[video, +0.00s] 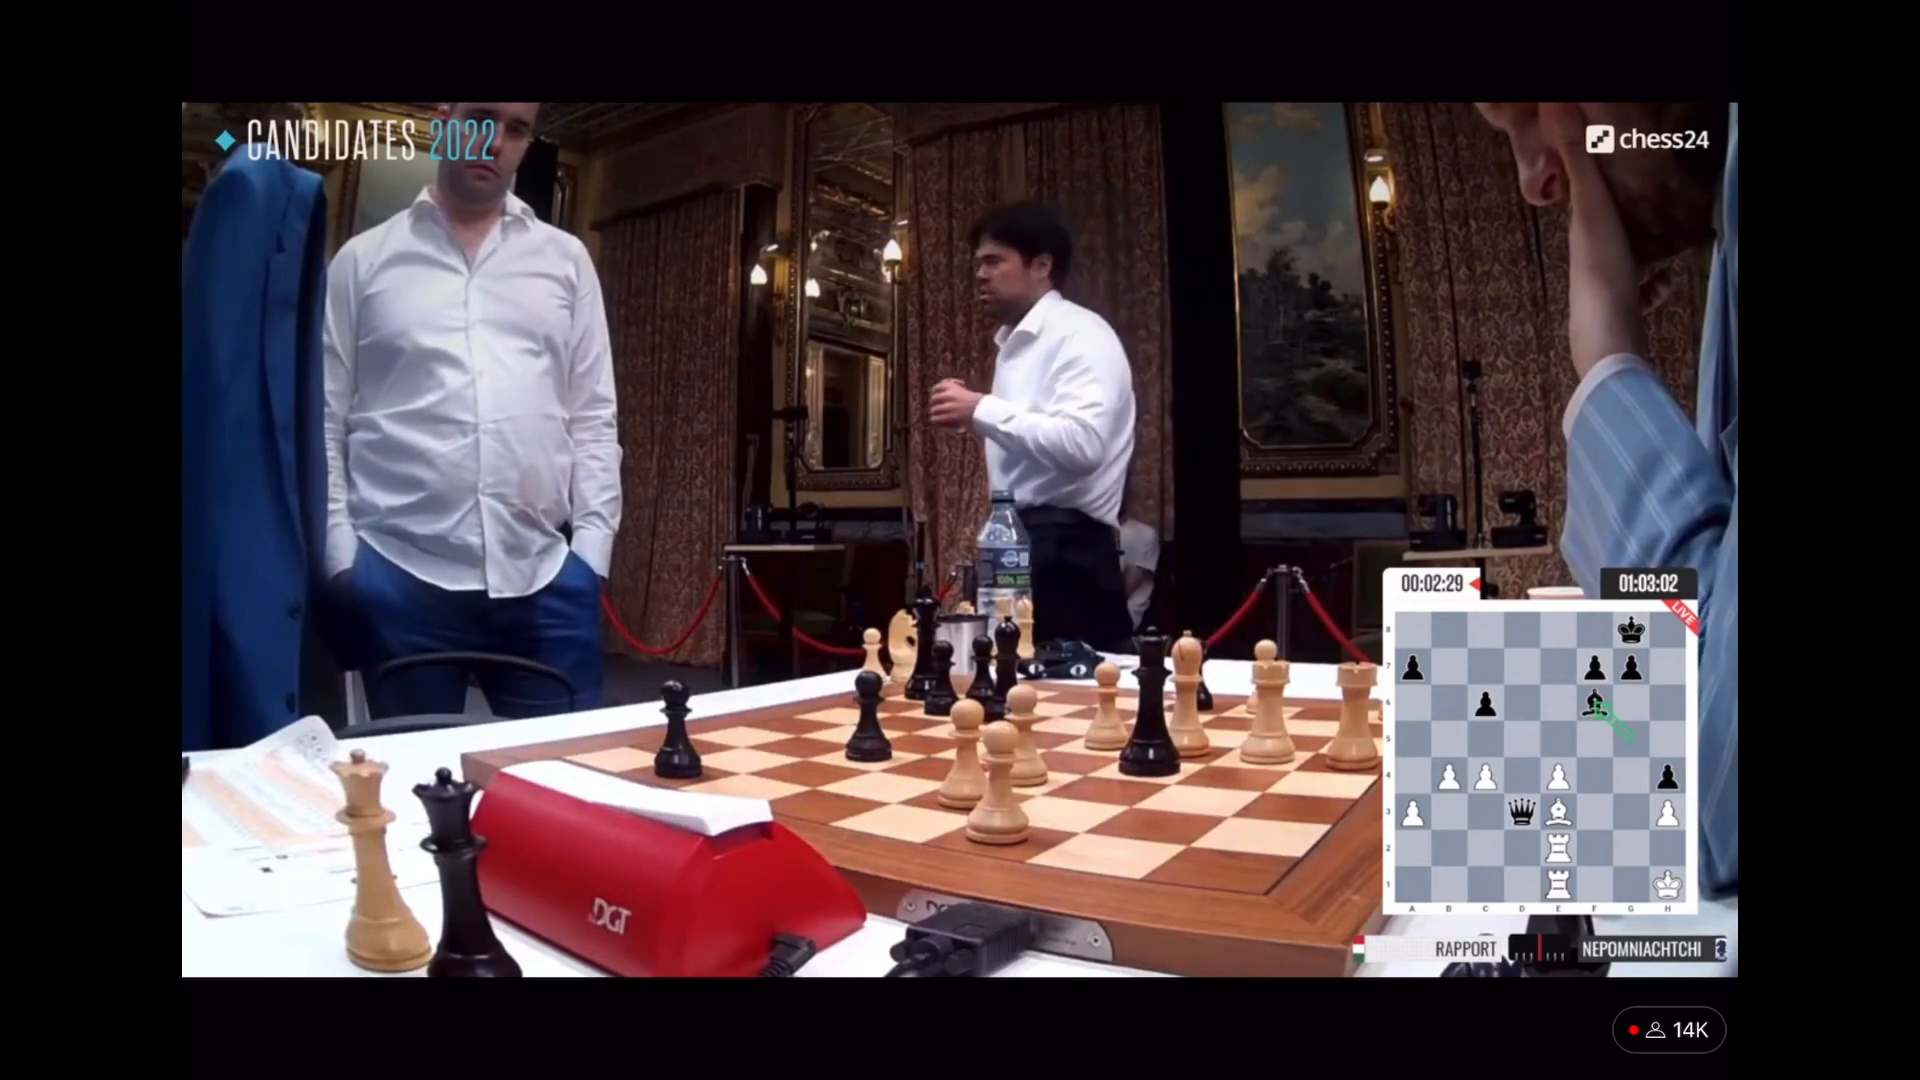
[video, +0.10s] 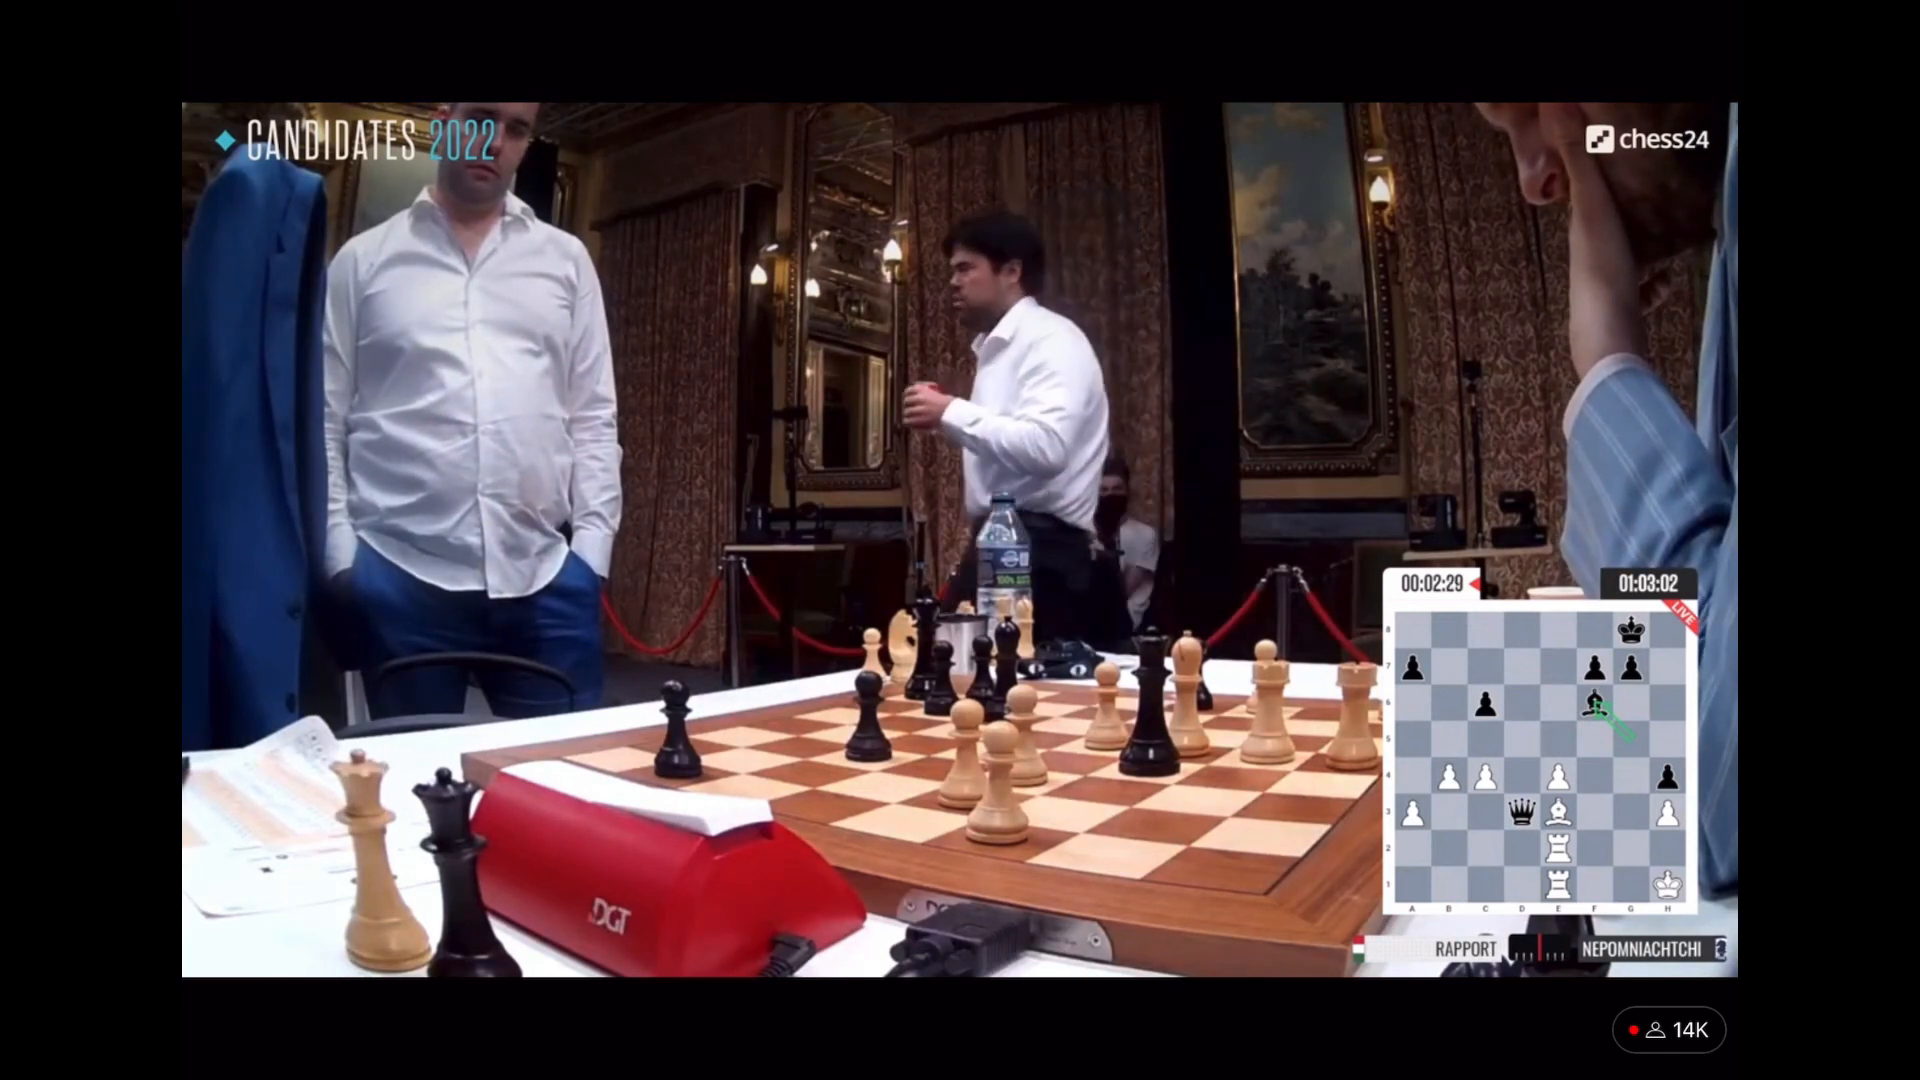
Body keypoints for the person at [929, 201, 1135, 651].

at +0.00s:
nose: (979, 275)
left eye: (993, 261)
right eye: (979, 264)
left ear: (1041, 266)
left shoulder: (1083, 336)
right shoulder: (1017, 345)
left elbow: (1082, 444)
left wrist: (981, 409)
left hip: (1069, 546)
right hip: (1022, 540)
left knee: (1085, 699)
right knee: (1030, 697)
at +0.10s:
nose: (953, 283)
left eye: (965, 269)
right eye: (954, 271)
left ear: (1011, 273)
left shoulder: (1055, 342)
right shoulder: (999, 349)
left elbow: (1044, 446)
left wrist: (951, 412)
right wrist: (948, 415)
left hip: (1045, 546)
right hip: (1002, 539)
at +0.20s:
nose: (926, 289)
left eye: (936, 275)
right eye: (926, 278)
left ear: (981, 276)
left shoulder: (1021, 344)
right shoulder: (976, 348)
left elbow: (1009, 449)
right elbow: (979, 447)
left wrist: (920, 414)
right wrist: (917, 418)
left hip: (1007, 544)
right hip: (972, 537)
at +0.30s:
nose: (883, 289)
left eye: (891, 275)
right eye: (883, 277)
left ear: (931, 275)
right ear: (929, 277)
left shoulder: (963, 337)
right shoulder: (947, 337)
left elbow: (956, 442)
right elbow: (945, 437)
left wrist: (872, 415)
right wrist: (873, 415)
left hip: (956, 532)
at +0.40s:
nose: (863, 288)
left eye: (871, 275)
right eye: (866, 276)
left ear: (908, 278)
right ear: (906, 279)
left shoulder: (934, 335)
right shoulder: (935, 332)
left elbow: (927, 436)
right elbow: (922, 433)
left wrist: (849, 414)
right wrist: (851, 415)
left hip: (930, 526)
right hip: (942, 525)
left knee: (873, 647)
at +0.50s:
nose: (818, 301)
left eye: (824, 288)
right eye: (819, 289)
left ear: (856, 287)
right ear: (859, 288)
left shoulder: (876, 337)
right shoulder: (907, 339)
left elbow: (864, 435)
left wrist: (795, 417)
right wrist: (803, 422)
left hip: (887, 538)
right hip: (935, 543)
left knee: (817, 661)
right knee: (908, 676)